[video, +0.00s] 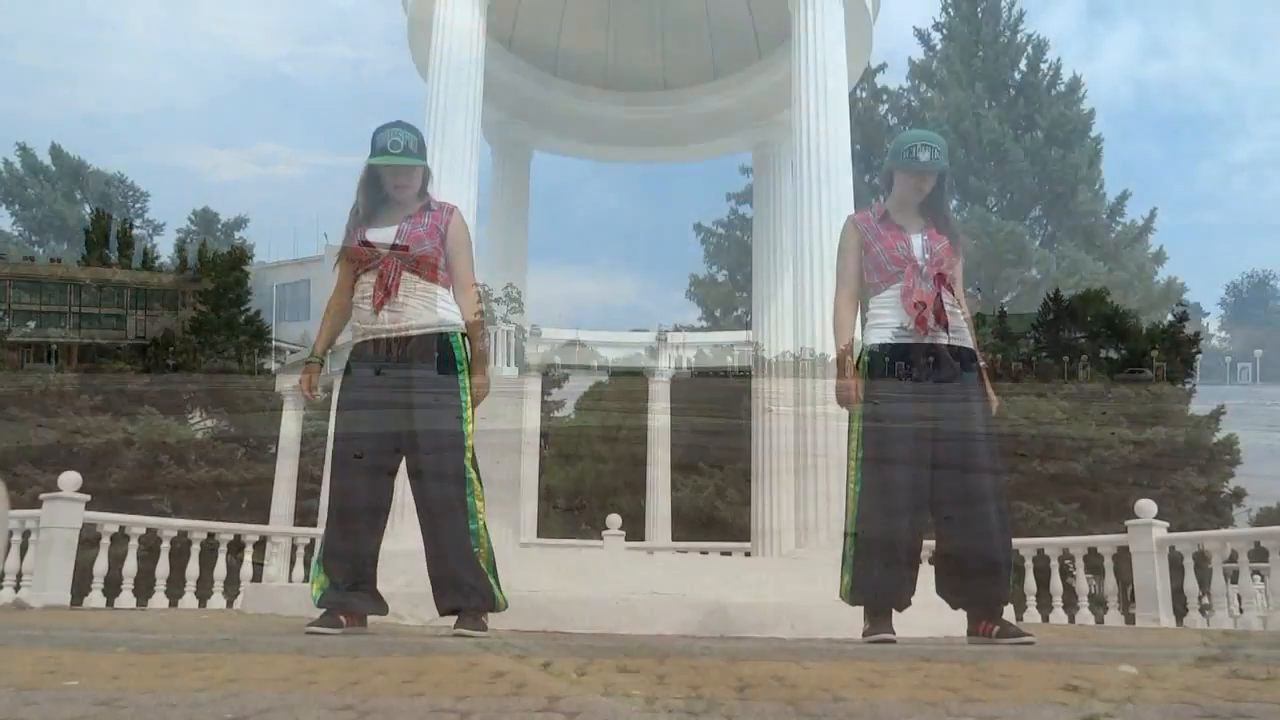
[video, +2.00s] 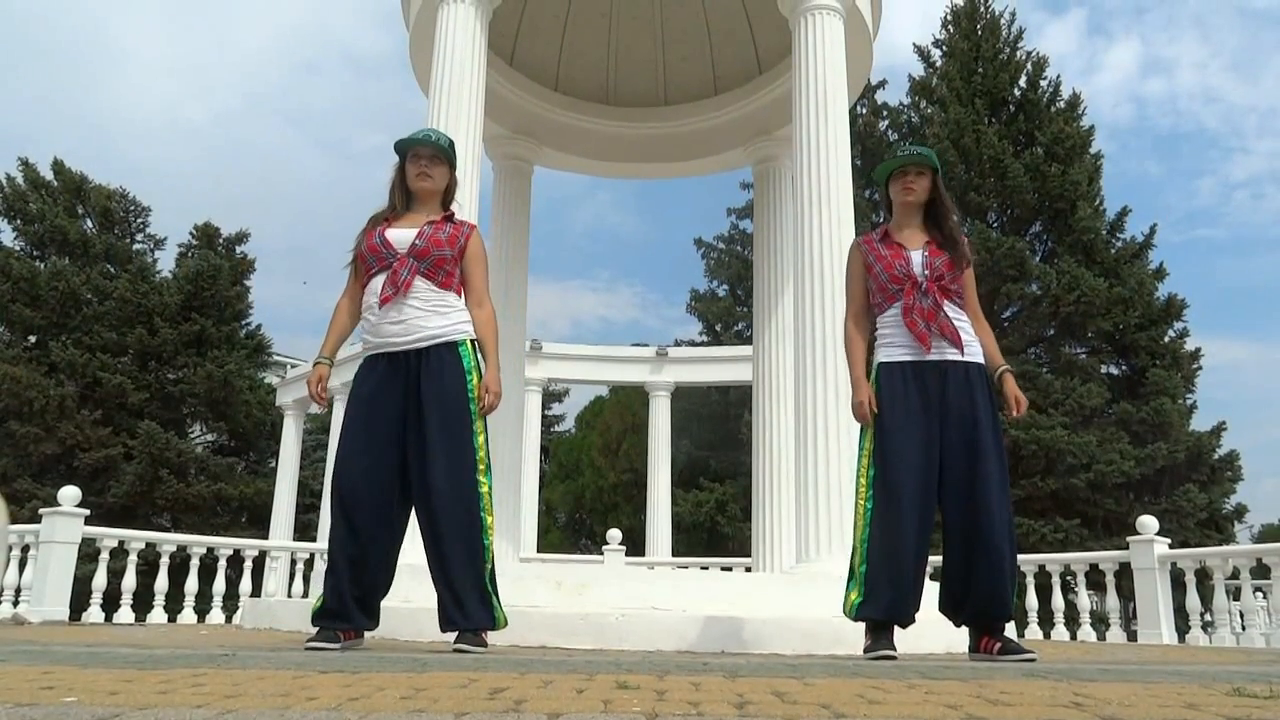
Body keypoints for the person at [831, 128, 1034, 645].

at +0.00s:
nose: (920, 179)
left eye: (930, 172)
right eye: (912, 168)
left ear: (939, 179)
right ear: (893, 168)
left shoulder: (947, 237)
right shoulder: (861, 227)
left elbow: (960, 311)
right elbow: (848, 297)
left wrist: (981, 376)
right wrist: (845, 362)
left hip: (954, 366)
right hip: (892, 366)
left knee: (973, 480)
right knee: (892, 483)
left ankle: (984, 615)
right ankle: (879, 613)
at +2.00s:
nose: (909, 180)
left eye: (919, 173)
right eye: (901, 174)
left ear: (934, 186)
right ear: (887, 186)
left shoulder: (955, 246)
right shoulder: (867, 248)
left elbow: (975, 316)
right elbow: (857, 321)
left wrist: (1003, 373)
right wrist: (859, 382)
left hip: (964, 379)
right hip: (901, 380)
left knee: (980, 498)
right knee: (899, 500)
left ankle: (986, 633)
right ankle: (880, 628)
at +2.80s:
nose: (922, 183)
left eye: (930, 176)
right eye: (912, 178)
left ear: (944, 188)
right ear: (898, 192)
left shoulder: (963, 247)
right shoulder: (878, 242)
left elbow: (975, 326)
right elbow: (838, 311)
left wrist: (996, 319)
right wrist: (879, 334)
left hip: (963, 386)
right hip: (902, 386)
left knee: (972, 506)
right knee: (917, 496)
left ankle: (936, 632)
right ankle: (890, 626)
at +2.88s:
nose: (927, 195)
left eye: (936, 189)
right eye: (917, 191)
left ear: (950, 204)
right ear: (904, 208)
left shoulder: (968, 263)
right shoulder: (885, 257)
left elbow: (985, 349)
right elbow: (856, 335)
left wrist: (995, 324)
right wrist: (929, 326)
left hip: (962, 397)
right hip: (899, 395)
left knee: (977, 507)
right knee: (943, 491)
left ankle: (939, 635)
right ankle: (904, 611)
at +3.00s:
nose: (927, 177)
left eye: (936, 172)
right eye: (917, 173)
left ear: (949, 190)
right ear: (902, 193)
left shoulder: (965, 243)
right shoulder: (887, 240)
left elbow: (993, 320)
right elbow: (899, 311)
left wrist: (999, 275)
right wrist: (971, 268)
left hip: (955, 383)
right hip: (900, 381)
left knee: (969, 489)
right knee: (938, 482)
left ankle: (938, 627)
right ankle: (926, 622)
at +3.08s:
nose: (921, 148)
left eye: (930, 143)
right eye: (911, 144)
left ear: (948, 162)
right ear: (895, 163)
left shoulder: (969, 213)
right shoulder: (883, 211)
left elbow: (1014, 276)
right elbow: (876, 278)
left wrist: (1021, 237)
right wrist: (926, 222)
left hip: (958, 363)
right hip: (905, 359)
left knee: (963, 481)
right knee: (927, 475)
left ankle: (935, 610)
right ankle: (931, 613)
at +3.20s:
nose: (924, 143)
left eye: (933, 138)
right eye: (913, 139)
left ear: (948, 156)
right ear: (897, 159)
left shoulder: (972, 213)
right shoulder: (885, 215)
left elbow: (1013, 262)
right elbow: (830, 271)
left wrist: (1057, 227)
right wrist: (840, 203)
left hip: (957, 370)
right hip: (902, 366)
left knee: (933, 484)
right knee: (927, 483)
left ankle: (889, 592)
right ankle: (925, 629)